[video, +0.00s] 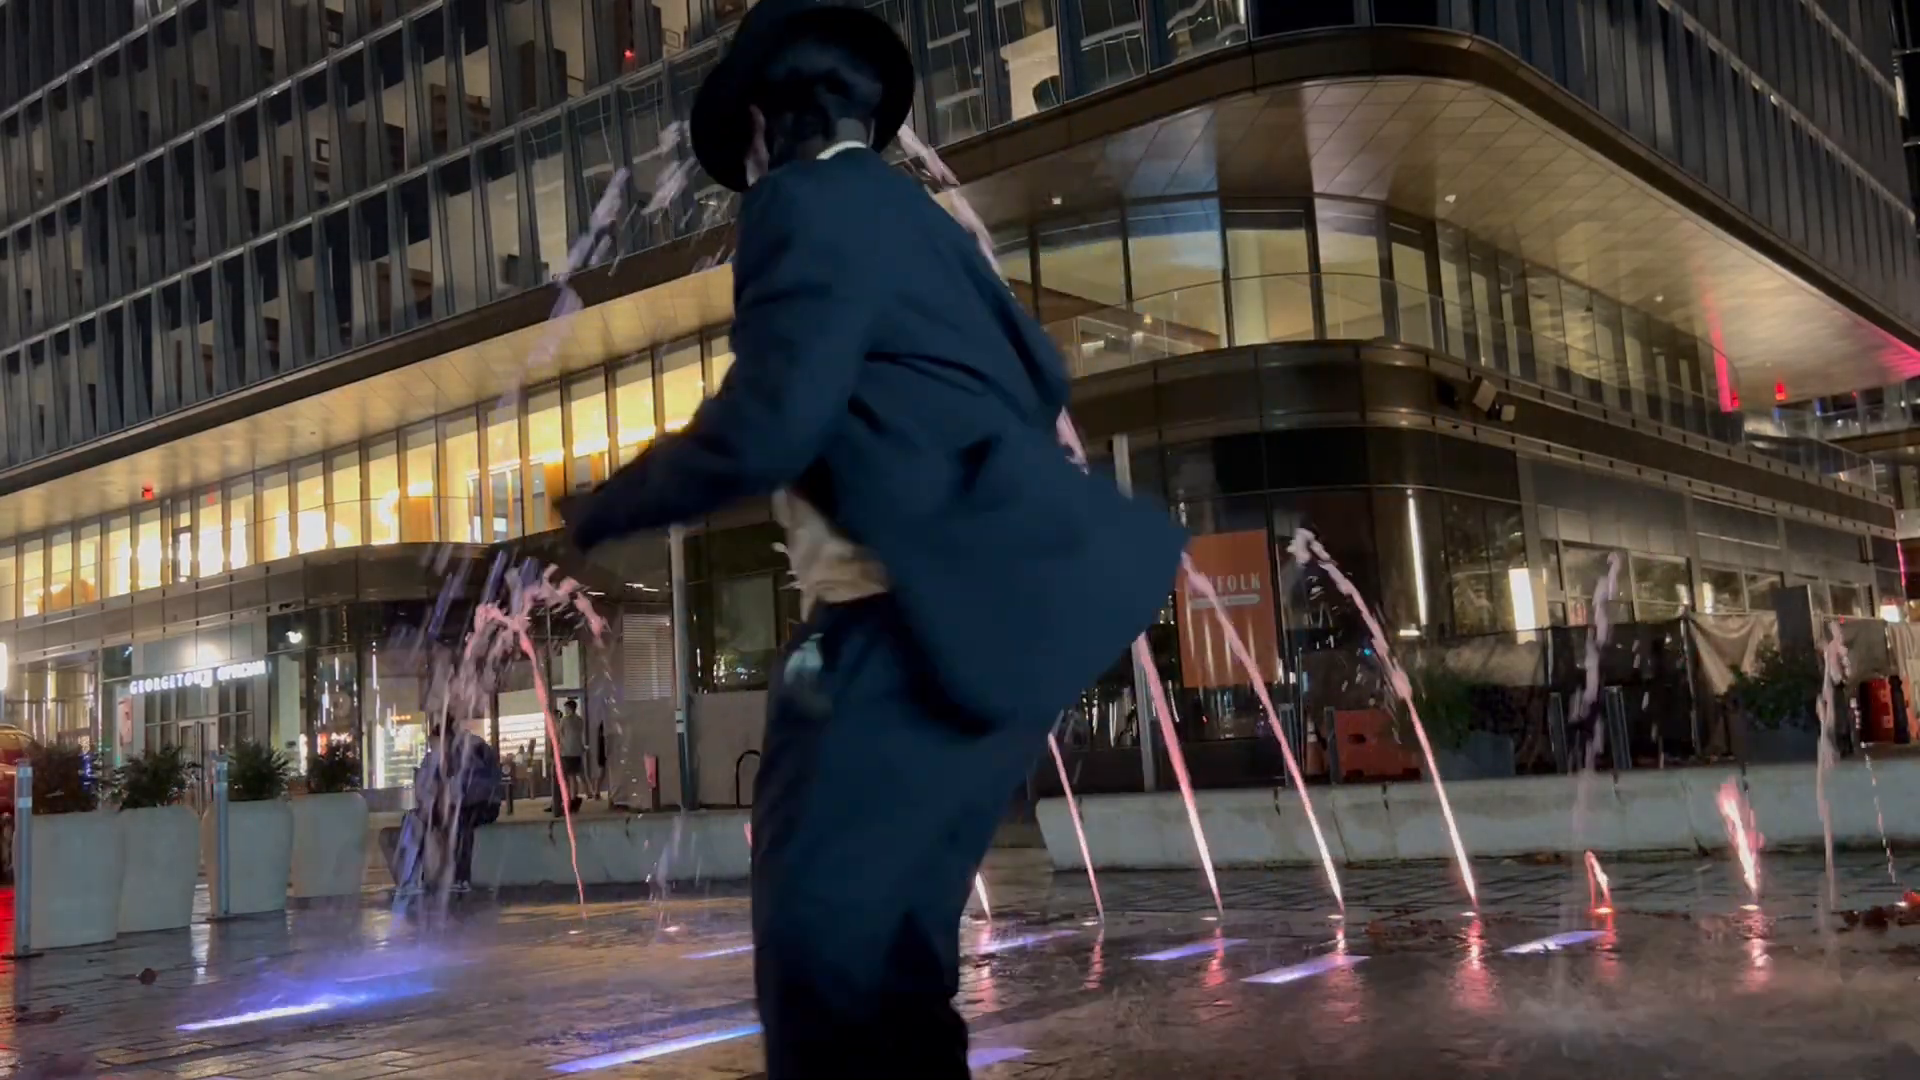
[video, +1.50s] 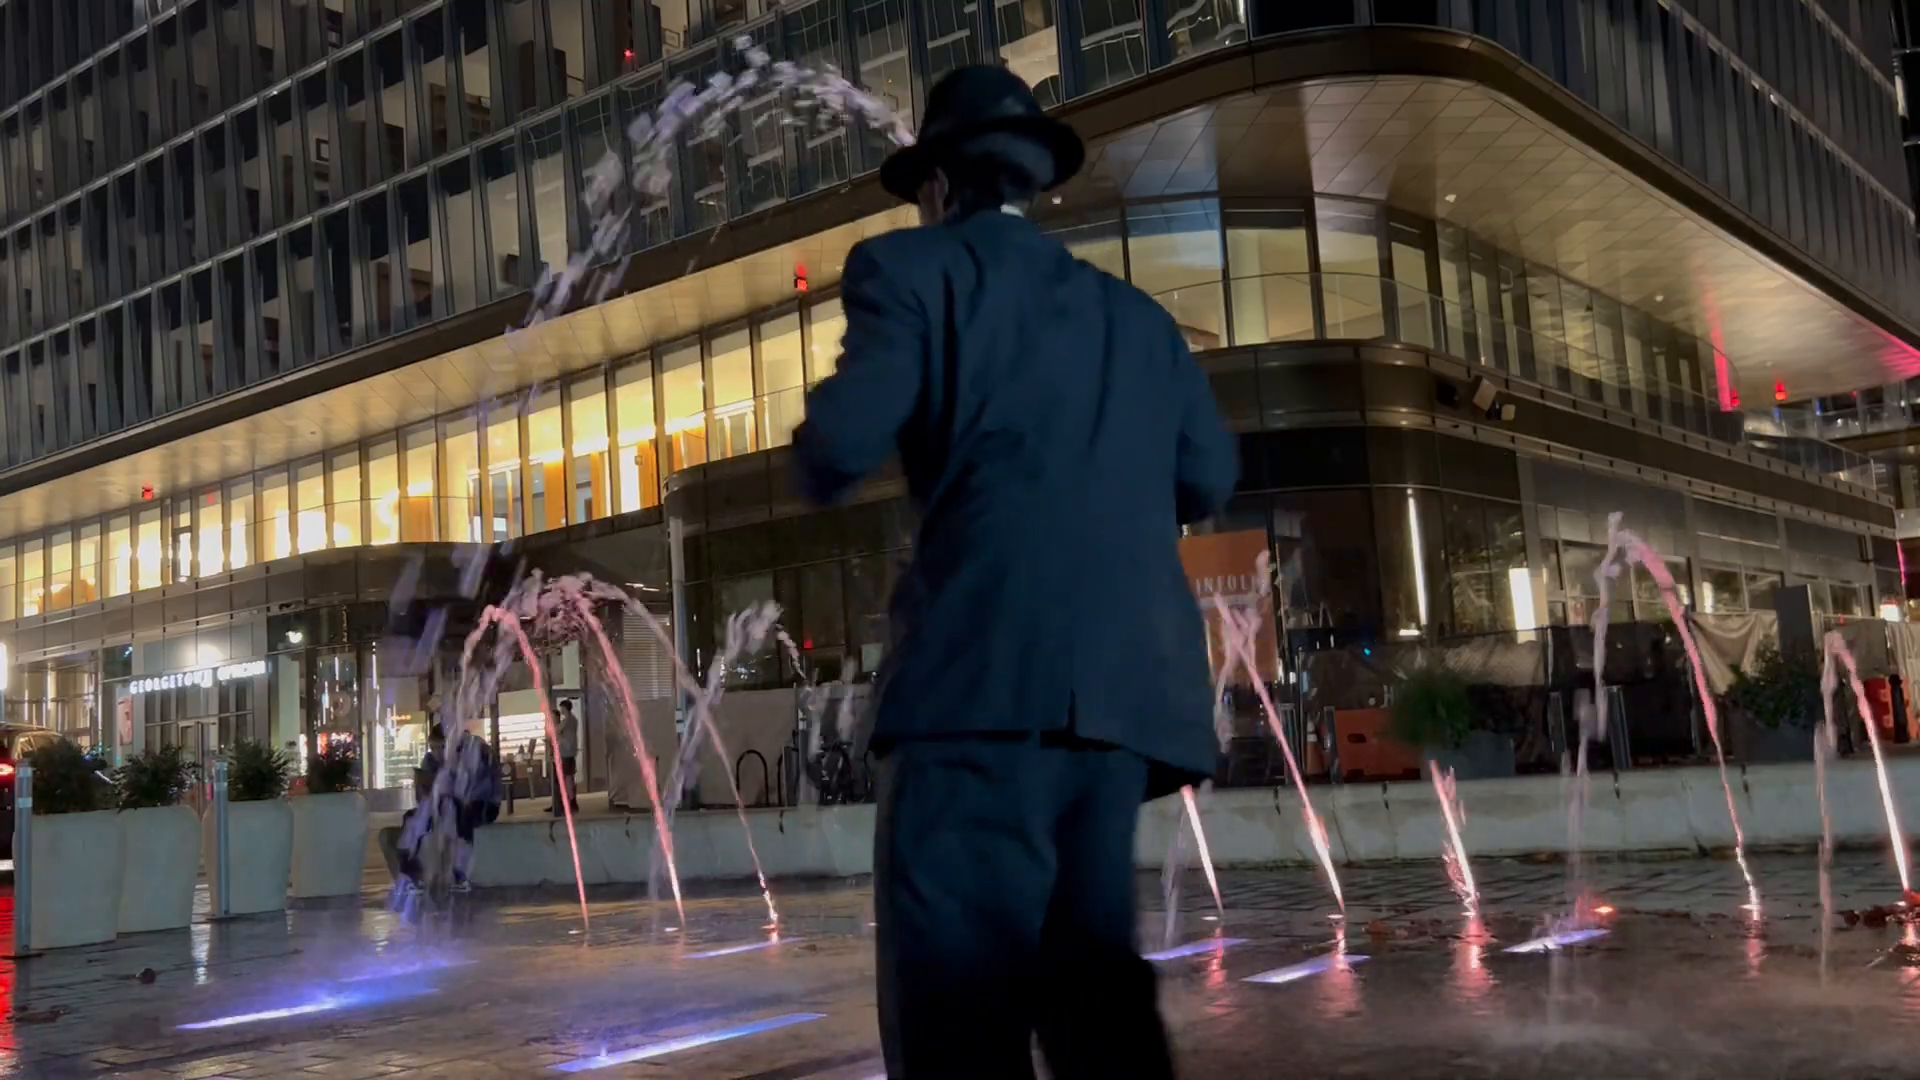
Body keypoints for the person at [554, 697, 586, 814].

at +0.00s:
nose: (566, 710)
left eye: (567, 708)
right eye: (566, 708)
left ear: (568, 709)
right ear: (575, 709)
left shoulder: (564, 721)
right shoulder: (580, 720)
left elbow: (559, 734)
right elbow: (581, 733)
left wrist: (558, 746)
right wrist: (582, 745)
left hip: (566, 752)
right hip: (577, 751)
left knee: (569, 777)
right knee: (576, 776)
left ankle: (571, 797)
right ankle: (575, 797)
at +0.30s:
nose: (565, 710)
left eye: (566, 708)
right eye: (565, 708)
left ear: (568, 708)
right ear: (574, 708)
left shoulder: (567, 719)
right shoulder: (578, 720)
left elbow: (560, 730)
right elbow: (577, 735)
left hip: (566, 753)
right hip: (576, 752)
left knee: (560, 779)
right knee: (573, 777)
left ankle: (555, 804)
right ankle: (575, 798)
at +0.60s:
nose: (564, 709)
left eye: (565, 707)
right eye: (565, 707)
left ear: (568, 708)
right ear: (574, 708)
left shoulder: (569, 719)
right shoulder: (577, 719)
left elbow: (560, 731)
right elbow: (577, 737)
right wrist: (578, 752)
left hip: (567, 753)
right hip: (574, 753)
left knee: (567, 779)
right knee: (572, 778)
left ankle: (570, 800)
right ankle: (573, 798)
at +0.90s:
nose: (564, 710)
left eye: (565, 707)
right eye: (564, 708)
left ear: (568, 708)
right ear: (573, 708)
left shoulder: (570, 719)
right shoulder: (575, 719)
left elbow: (561, 732)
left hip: (567, 752)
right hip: (573, 752)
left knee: (567, 778)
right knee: (572, 777)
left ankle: (570, 802)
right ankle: (572, 801)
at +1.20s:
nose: (563, 711)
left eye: (564, 708)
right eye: (563, 709)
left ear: (567, 708)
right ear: (572, 708)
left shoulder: (569, 719)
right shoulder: (575, 719)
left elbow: (561, 731)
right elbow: (569, 734)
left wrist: (553, 736)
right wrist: (558, 736)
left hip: (566, 753)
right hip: (573, 752)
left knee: (566, 777)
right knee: (571, 777)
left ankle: (569, 801)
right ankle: (572, 800)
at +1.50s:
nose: (561, 711)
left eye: (562, 709)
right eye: (561, 709)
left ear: (564, 708)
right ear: (570, 708)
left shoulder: (566, 720)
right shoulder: (573, 720)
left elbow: (558, 731)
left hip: (565, 753)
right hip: (570, 752)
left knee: (565, 779)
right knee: (570, 778)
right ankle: (572, 801)